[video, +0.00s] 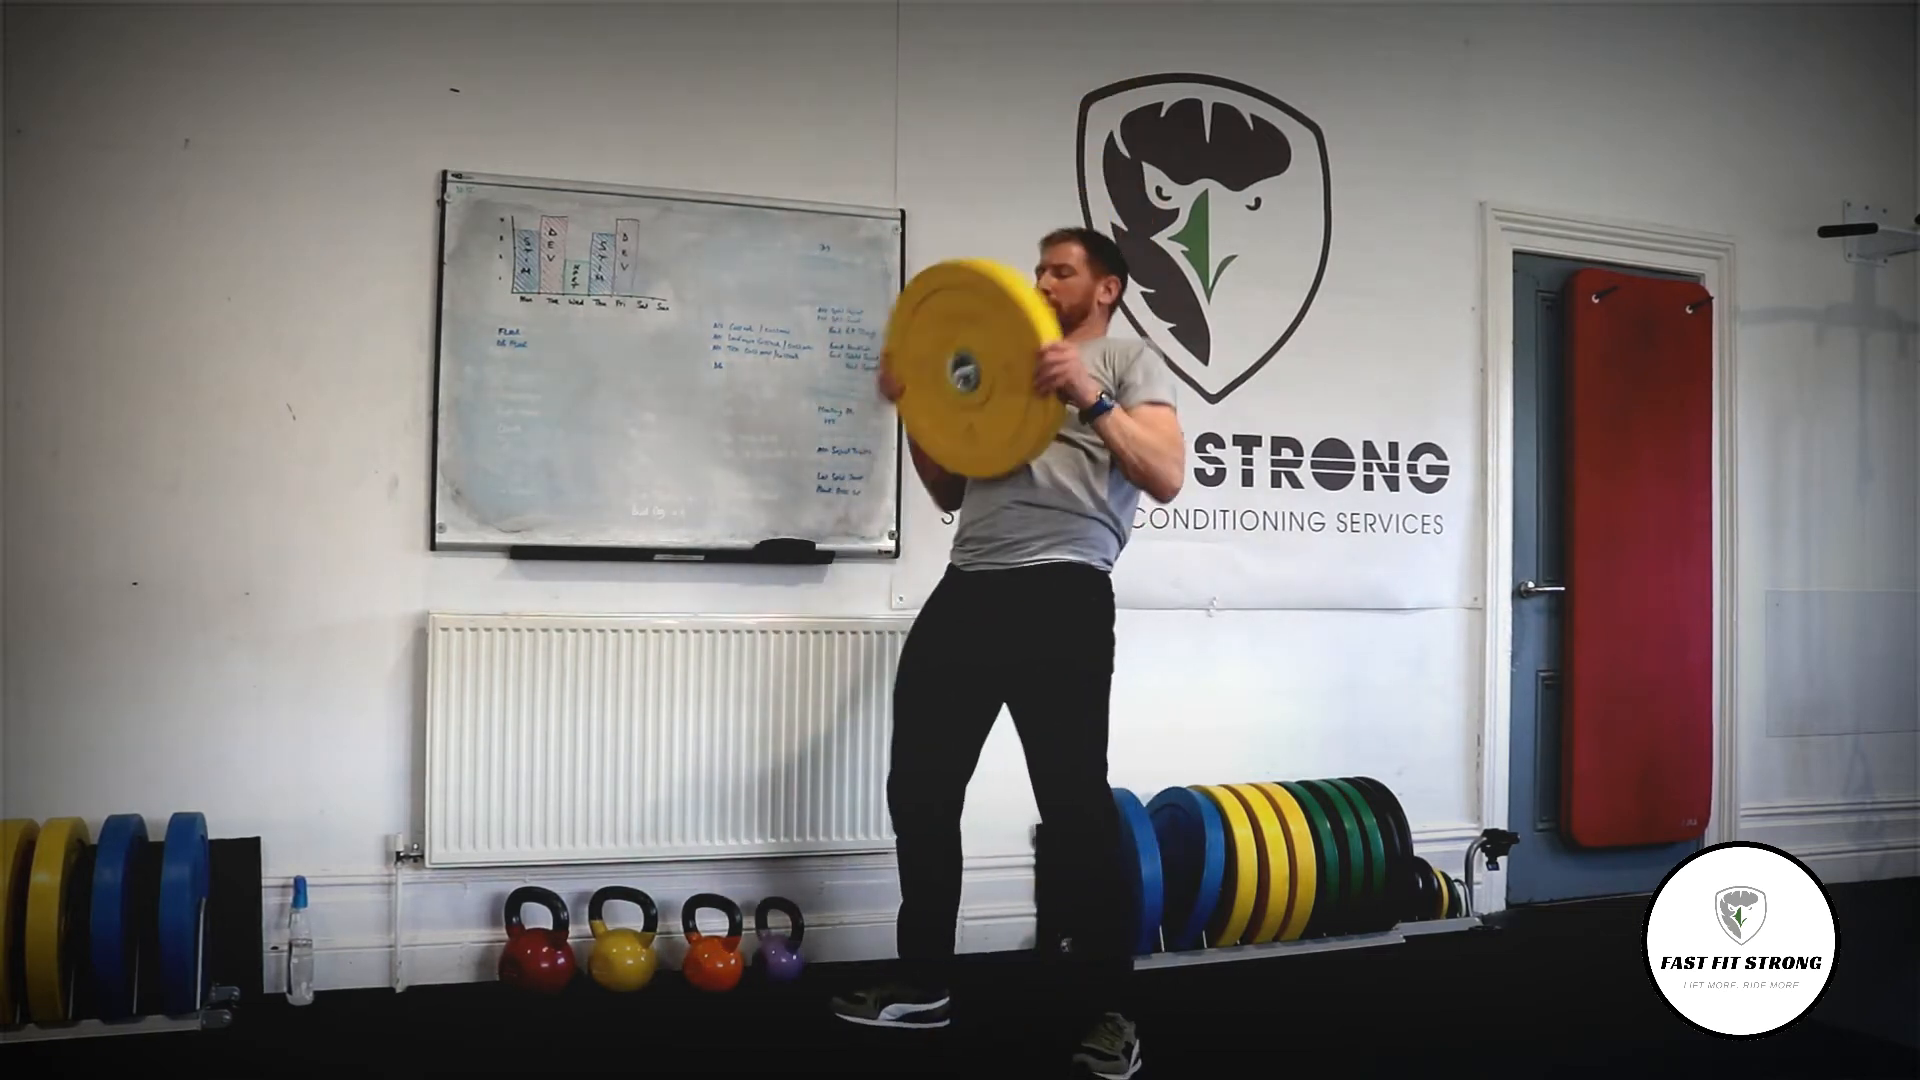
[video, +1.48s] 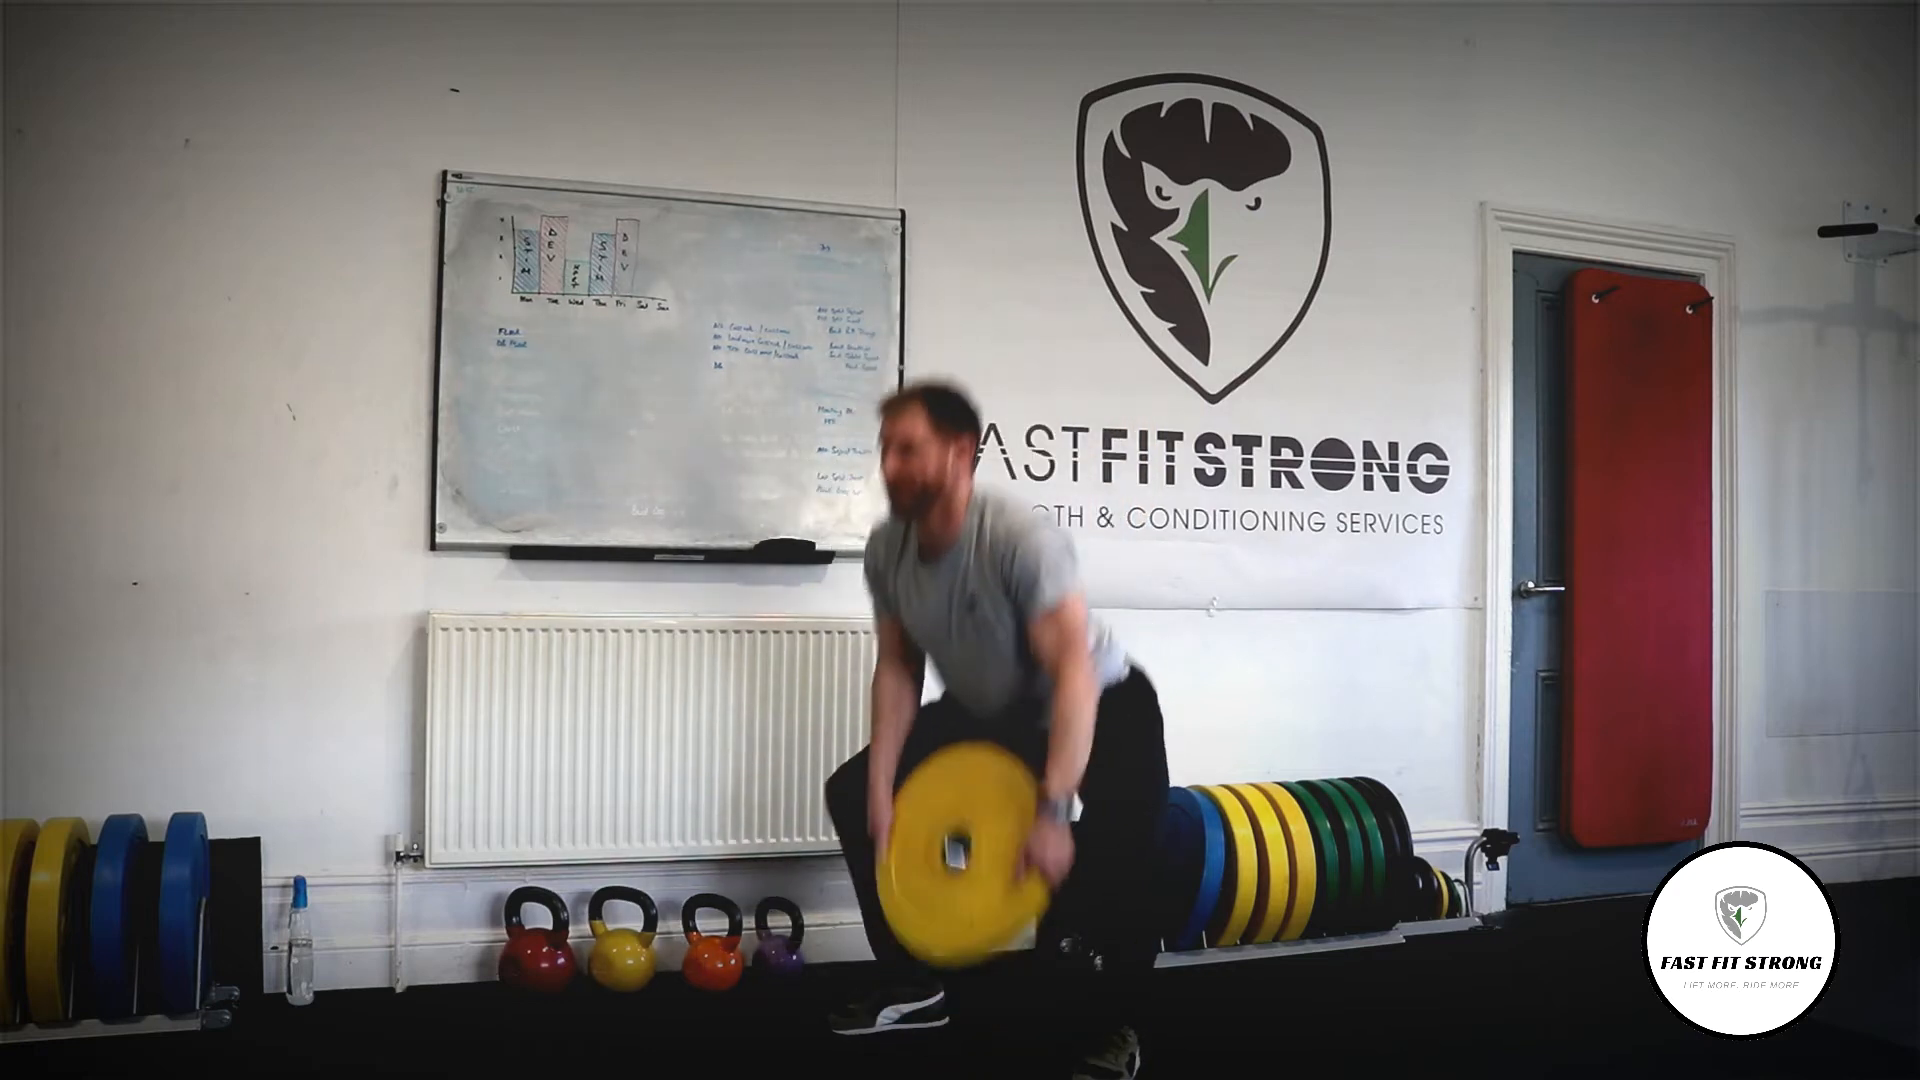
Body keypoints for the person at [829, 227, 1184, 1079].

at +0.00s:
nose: (1045, 283)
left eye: (1063, 271)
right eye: (1040, 272)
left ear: (1108, 288)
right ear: (1035, 284)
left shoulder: (1131, 356)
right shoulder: (1005, 359)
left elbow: (1167, 475)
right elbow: (950, 492)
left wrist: (1092, 396)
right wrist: (912, 407)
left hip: (1063, 591)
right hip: (968, 589)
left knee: (1073, 802)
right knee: (921, 793)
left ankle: (1101, 1011)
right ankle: (924, 989)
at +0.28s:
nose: (1008, 283)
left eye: (1023, 267)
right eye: (1001, 270)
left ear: (1072, 262)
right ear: (998, 271)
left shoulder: (1112, 339)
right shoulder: (988, 348)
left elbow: (1157, 451)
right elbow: (947, 460)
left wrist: (1078, 509)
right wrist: (886, 509)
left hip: (1085, 597)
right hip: (991, 596)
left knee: (1094, 798)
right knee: (945, 788)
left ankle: (1109, 1007)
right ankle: (929, 983)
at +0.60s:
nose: (928, 325)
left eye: (941, 307)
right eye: (918, 309)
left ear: (987, 286)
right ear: (912, 302)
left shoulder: (1058, 358)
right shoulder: (920, 377)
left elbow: (1100, 492)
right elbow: (918, 505)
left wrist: (1088, 624)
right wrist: (898, 616)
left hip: (1089, 603)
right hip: (993, 608)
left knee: (1107, 806)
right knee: (936, 787)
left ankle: (1118, 1014)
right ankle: (917, 982)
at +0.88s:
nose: (884, 477)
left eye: (894, 458)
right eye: (872, 463)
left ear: (939, 429)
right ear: (860, 455)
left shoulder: (1030, 499)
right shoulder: (877, 530)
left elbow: (1051, 647)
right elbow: (887, 660)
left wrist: (1059, 793)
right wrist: (883, 785)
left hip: (1103, 657)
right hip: (995, 668)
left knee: (1131, 823)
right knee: (876, 780)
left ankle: (1117, 1020)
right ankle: (915, 982)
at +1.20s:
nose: (866, 608)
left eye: (880, 586)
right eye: (854, 591)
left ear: (926, 560)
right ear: (842, 579)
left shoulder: (1016, 633)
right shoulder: (866, 647)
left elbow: (1039, 781)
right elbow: (881, 773)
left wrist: (1055, 918)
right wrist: (877, 903)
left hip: (1089, 761)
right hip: (980, 775)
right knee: (842, 798)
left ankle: (1114, 1025)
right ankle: (902, 984)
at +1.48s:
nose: (892, 466)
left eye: (909, 449)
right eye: (886, 450)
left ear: (962, 452)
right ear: (880, 456)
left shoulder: (1024, 536)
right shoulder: (888, 549)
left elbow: (1073, 669)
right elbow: (897, 667)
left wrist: (1056, 808)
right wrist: (883, 784)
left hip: (1091, 706)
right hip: (985, 711)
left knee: (1113, 856)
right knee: (853, 791)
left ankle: (1112, 1031)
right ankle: (913, 984)